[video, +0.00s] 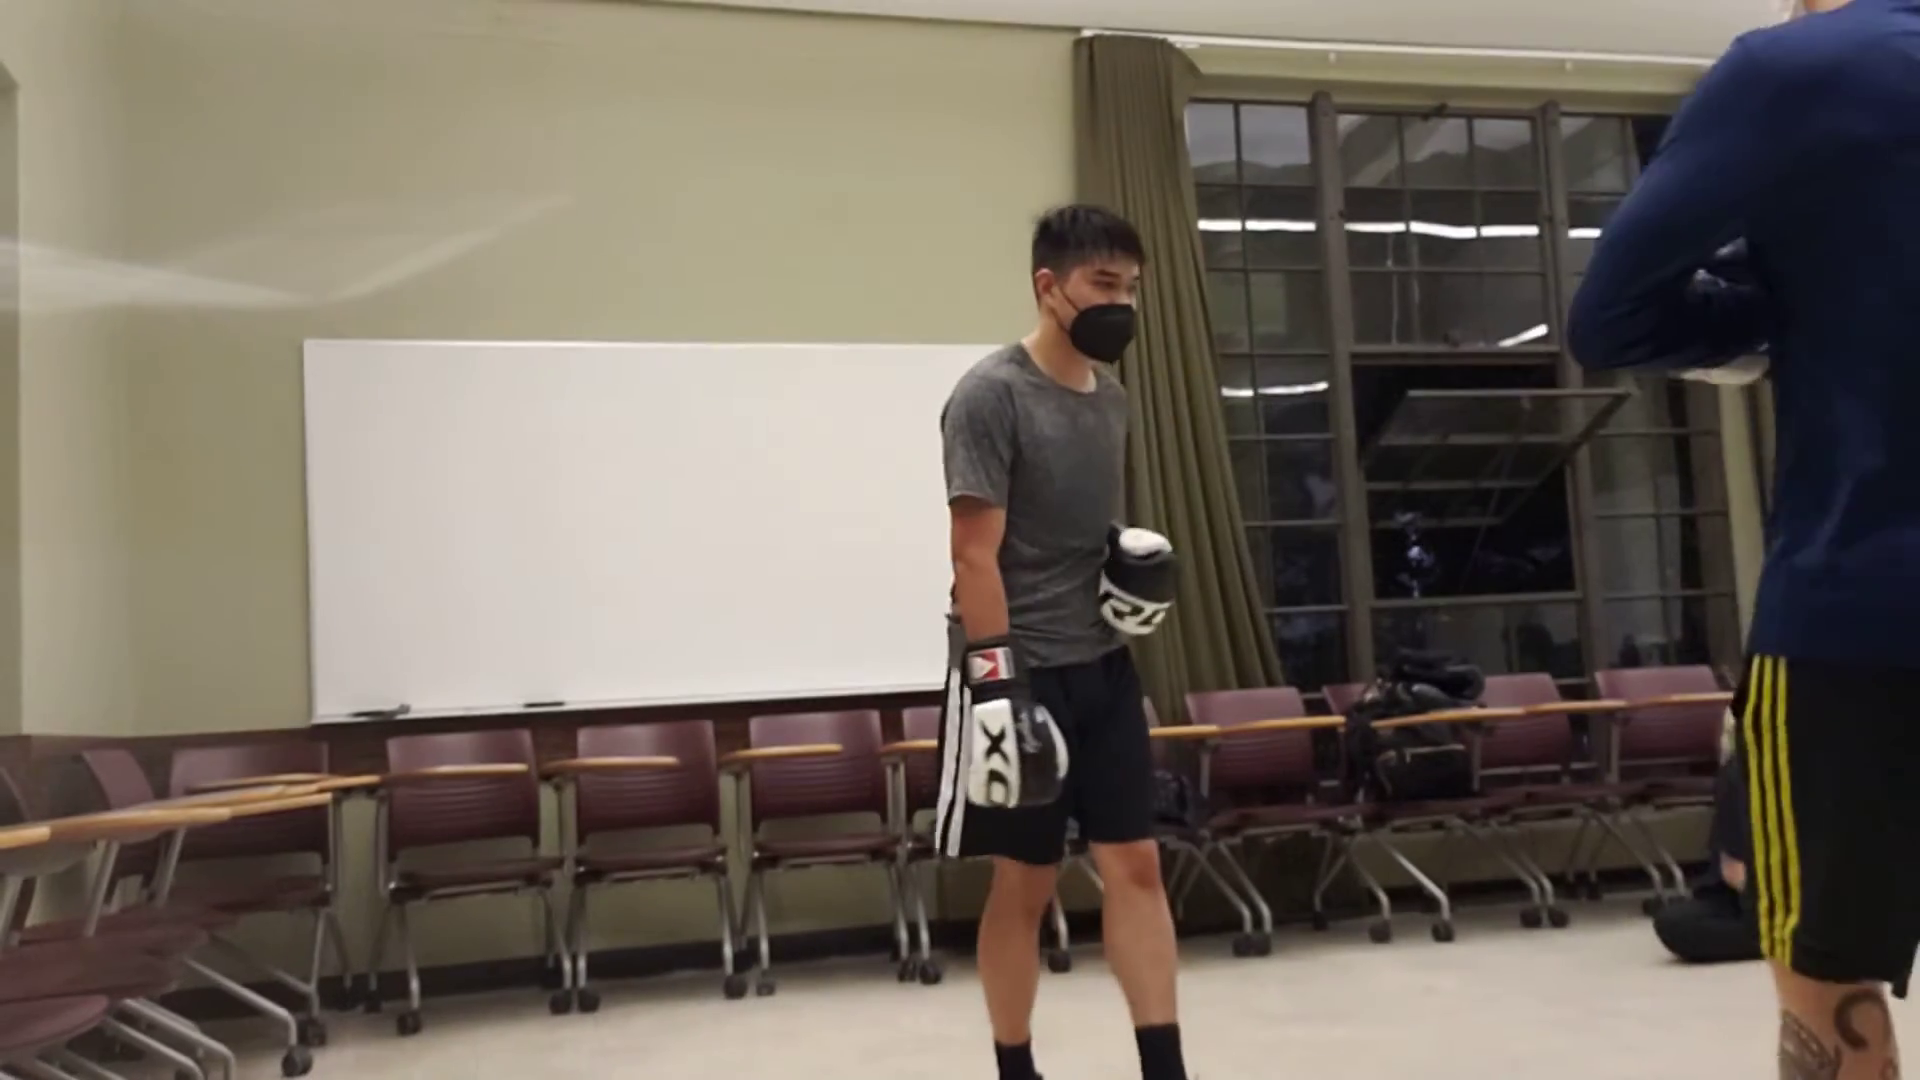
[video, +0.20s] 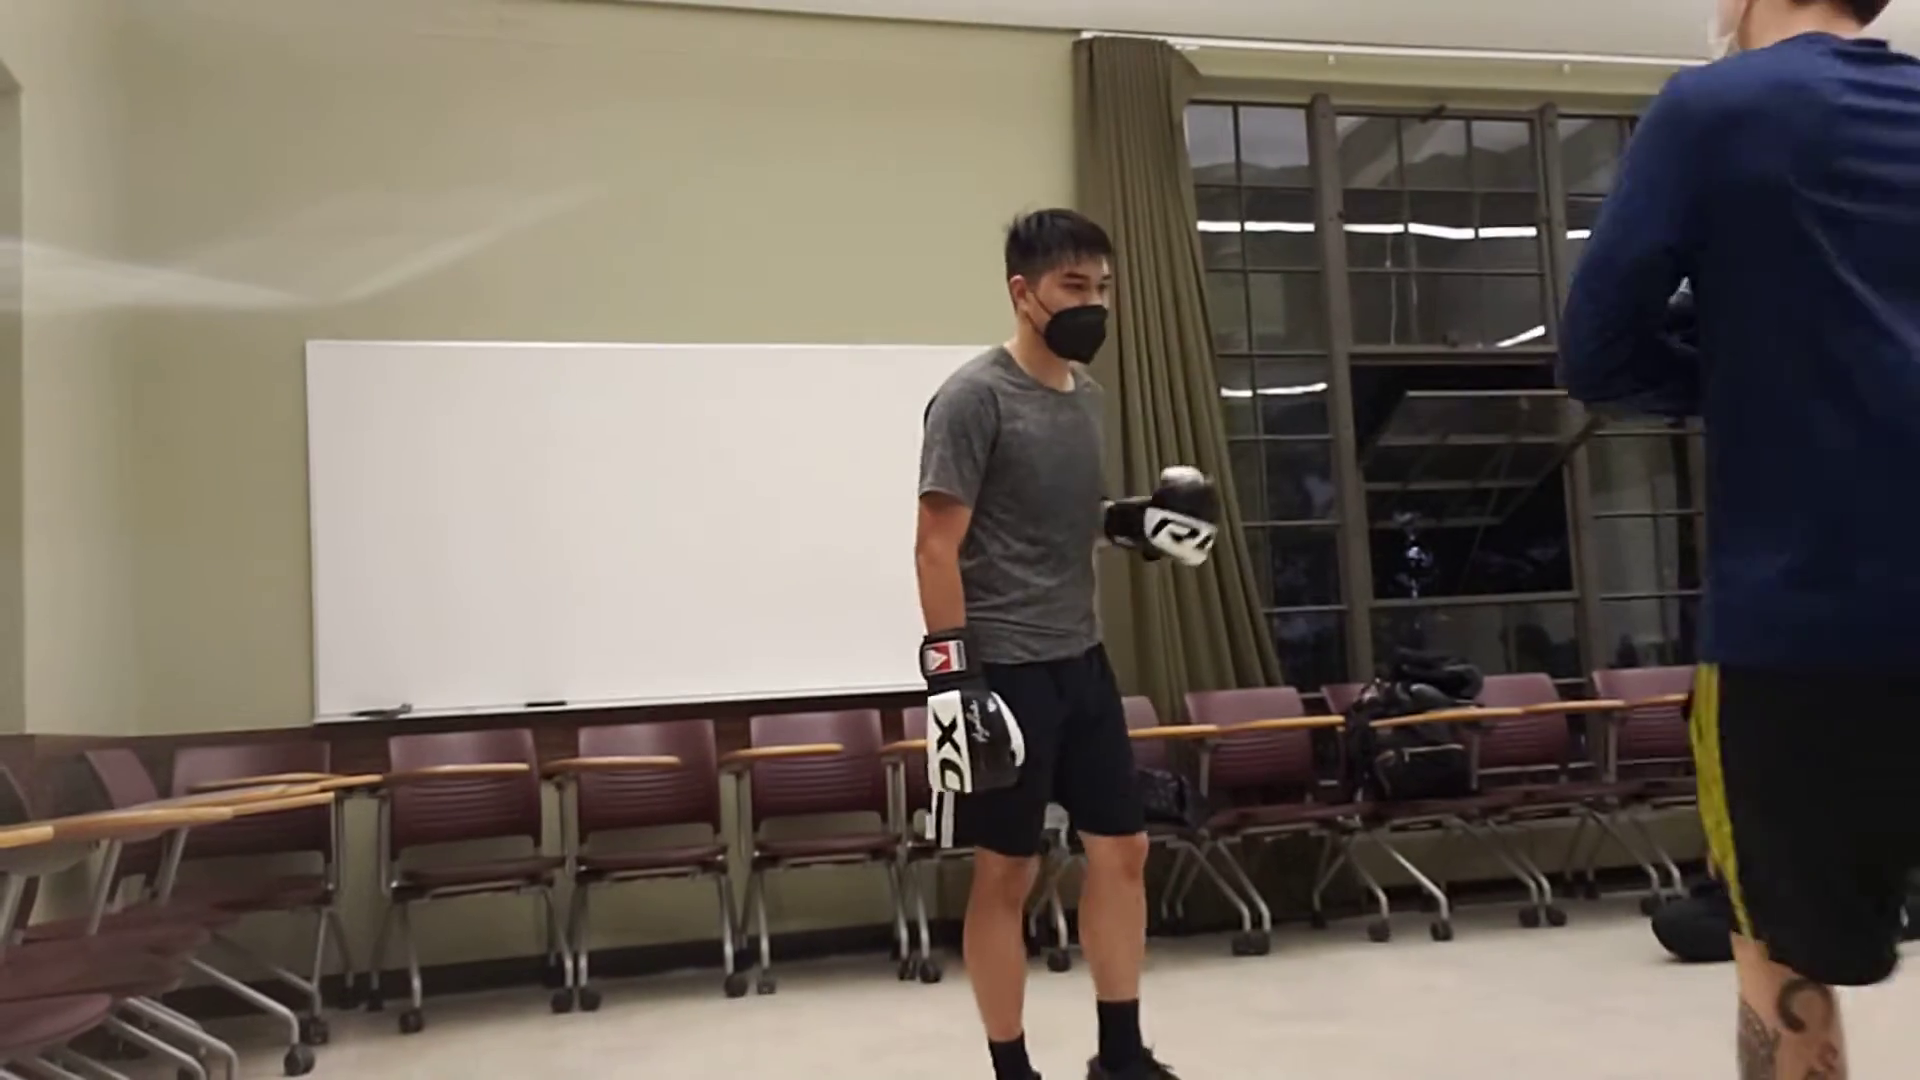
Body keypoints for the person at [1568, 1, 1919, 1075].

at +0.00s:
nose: (1785, 19)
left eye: (1784, 17)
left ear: (1817, 2)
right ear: (1856, 7)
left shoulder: (1790, 71)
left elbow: (1608, 322)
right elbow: (1607, 325)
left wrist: (1801, 292)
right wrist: (1785, 297)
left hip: (1858, 595)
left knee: (1833, 987)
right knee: (1829, 976)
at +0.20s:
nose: (1717, 22)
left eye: (1720, 6)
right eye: (1720, 9)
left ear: (1750, 3)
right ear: (1867, 9)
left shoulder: (1712, 108)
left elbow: (1597, 353)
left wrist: (1751, 373)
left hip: (1801, 613)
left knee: (1790, 973)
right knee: (1791, 965)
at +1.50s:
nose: (1591, 157)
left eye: (1597, 132)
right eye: (1596, 134)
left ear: (1636, 131)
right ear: (1707, 145)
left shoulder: (1642, 250)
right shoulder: (1766, 268)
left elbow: (1553, 431)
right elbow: (1711, 432)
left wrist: (1511, 391)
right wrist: (1557, 385)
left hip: (1670, 643)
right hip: (1778, 639)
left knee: (1631, 904)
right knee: (1782, 894)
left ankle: (1746, 1069)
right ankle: (1804, 1078)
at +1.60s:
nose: (1590, 163)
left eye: (1599, 139)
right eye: (1595, 141)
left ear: (1640, 139)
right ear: (1701, 152)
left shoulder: (1645, 256)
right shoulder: (1766, 274)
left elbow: (1557, 439)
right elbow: (1707, 434)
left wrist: (1522, 390)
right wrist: (1565, 377)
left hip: (1674, 644)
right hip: (1780, 640)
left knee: (1618, 899)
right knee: (1777, 889)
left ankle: (1751, 1067)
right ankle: (1809, 1078)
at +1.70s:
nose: (1594, 165)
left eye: (1603, 141)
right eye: (1597, 143)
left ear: (1644, 140)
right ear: (1704, 153)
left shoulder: (1650, 257)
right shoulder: (1768, 274)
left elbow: (1555, 436)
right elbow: (1702, 436)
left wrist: (1535, 378)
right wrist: (1568, 375)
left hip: (1675, 642)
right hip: (1779, 639)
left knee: (1614, 895)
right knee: (1777, 891)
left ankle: (1756, 1067)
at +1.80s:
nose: (1599, 162)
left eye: (1607, 140)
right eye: (1602, 141)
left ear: (1650, 140)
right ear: (1707, 152)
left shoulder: (1645, 258)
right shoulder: (1768, 275)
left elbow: (1556, 432)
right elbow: (1701, 428)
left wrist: (1531, 370)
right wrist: (1568, 368)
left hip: (1677, 638)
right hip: (1782, 638)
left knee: (1615, 892)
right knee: (1778, 888)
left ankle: (1756, 1064)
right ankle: (1809, 1079)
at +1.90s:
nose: (1599, 161)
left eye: (1606, 138)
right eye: (1601, 139)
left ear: (1651, 140)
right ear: (1709, 150)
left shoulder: (1651, 251)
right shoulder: (1767, 271)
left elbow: (1587, 433)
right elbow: (1706, 436)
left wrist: (1545, 392)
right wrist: (1570, 394)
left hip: (1679, 628)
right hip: (1780, 629)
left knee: (1631, 890)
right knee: (1777, 887)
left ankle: (1773, 1068)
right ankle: (1813, 1073)